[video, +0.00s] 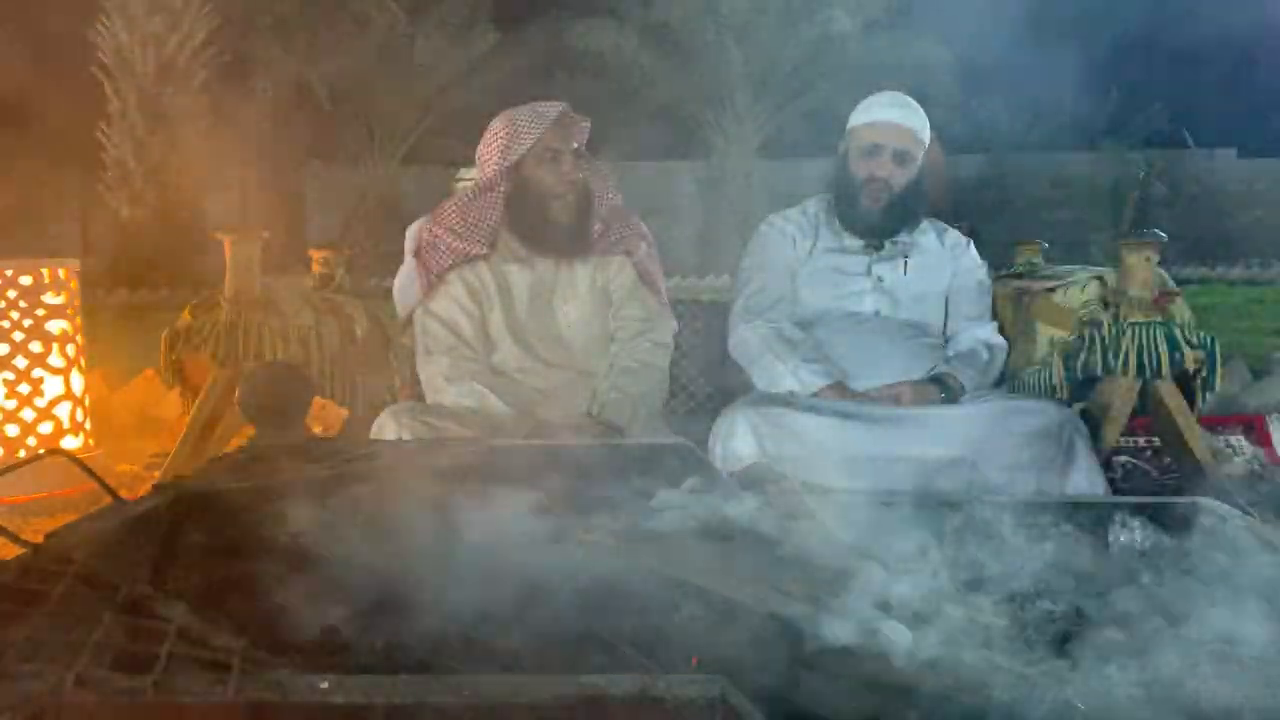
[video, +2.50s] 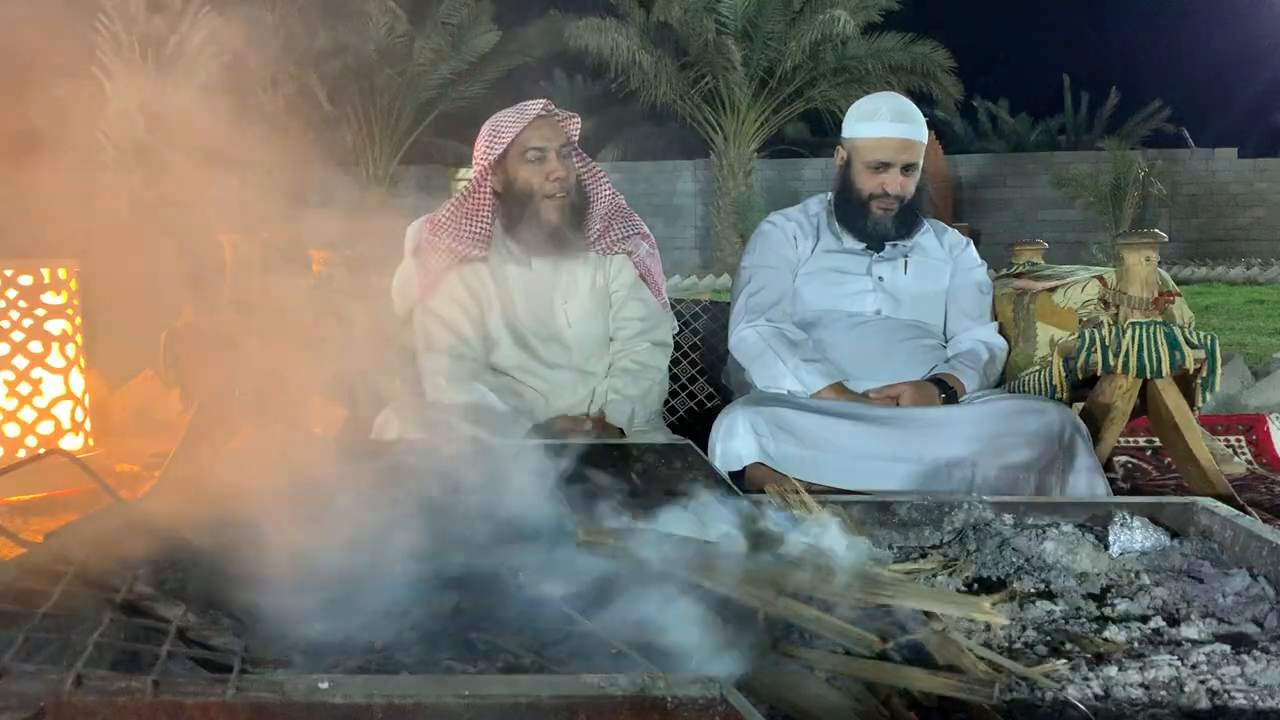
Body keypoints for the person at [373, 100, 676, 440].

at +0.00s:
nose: (574, 174)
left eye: (577, 158)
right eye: (551, 159)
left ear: (588, 166)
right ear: (509, 175)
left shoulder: (616, 263)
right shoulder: (461, 269)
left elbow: (644, 350)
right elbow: (448, 379)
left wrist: (607, 428)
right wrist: (525, 434)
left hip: (596, 435)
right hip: (497, 437)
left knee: (670, 453)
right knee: (397, 426)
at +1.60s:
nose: (563, 172)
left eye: (569, 156)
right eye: (541, 159)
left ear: (580, 160)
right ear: (502, 174)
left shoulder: (615, 240)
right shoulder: (467, 256)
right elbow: (446, 377)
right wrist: (515, 444)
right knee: (399, 424)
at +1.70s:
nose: (561, 170)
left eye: (569, 153)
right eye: (540, 156)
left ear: (583, 163)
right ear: (502, 176)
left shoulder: (614, 265)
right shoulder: (463, 277)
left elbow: (655, 360)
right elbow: (450, 378)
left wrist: (608, 418)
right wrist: (542, 421)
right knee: (406, 417)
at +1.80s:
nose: (562, 173)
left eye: (567, 154)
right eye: (536, 159)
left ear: (580, 167)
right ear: (498, 180)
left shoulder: (616, 274)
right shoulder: (456, 284)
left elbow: (642, 390)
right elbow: (456, 401)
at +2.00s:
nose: (559, 173)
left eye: (566, 155)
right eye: (536, 158)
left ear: (578, 166)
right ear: (496, 177)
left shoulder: (615, 269)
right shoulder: (461, 277)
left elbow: (643, 369)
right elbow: (454, 374)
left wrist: (589, 429)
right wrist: (513, 435)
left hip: (591, 431)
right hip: (497, 432)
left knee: (646, 440)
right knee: (411, 412)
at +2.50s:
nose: (560, 173)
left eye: (566, 155)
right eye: (537, 158)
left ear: (577, 163)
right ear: (497, 176)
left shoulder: (610, 254)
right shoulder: (459, 265)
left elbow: (644, 346)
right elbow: (450, 384)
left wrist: (611, 421)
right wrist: (535, 434)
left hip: (618, 436)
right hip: (509, 444)